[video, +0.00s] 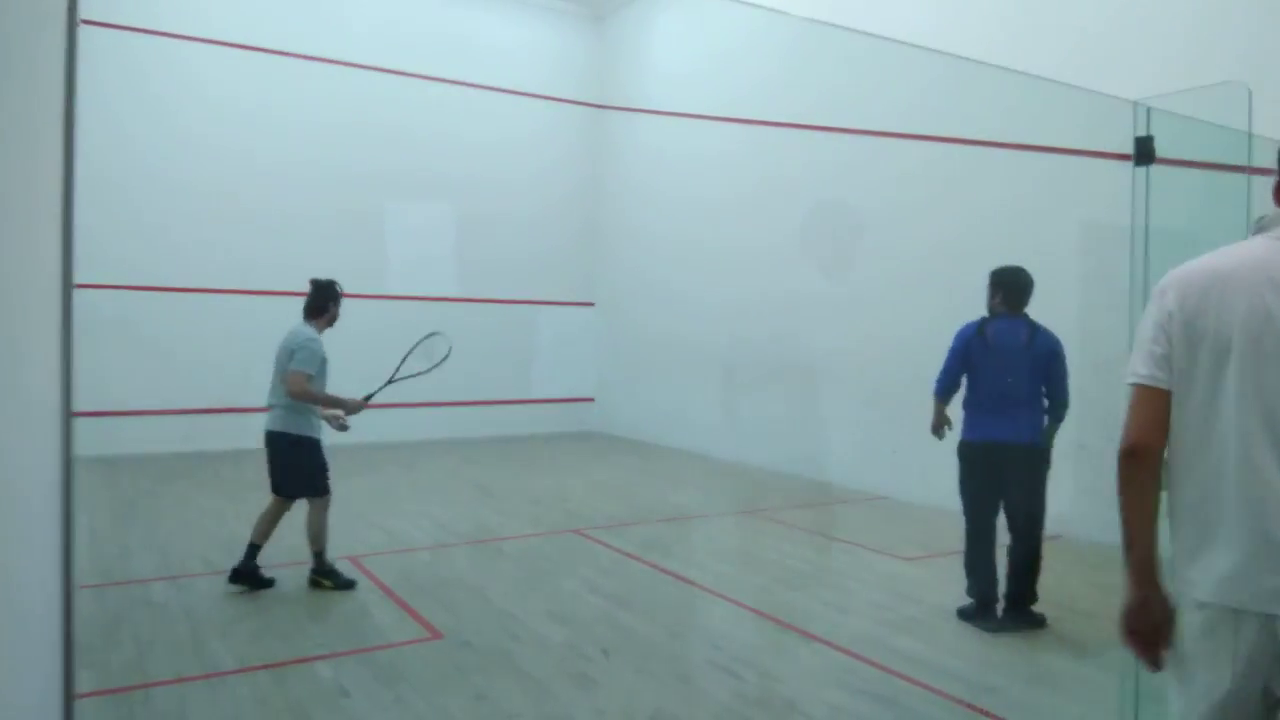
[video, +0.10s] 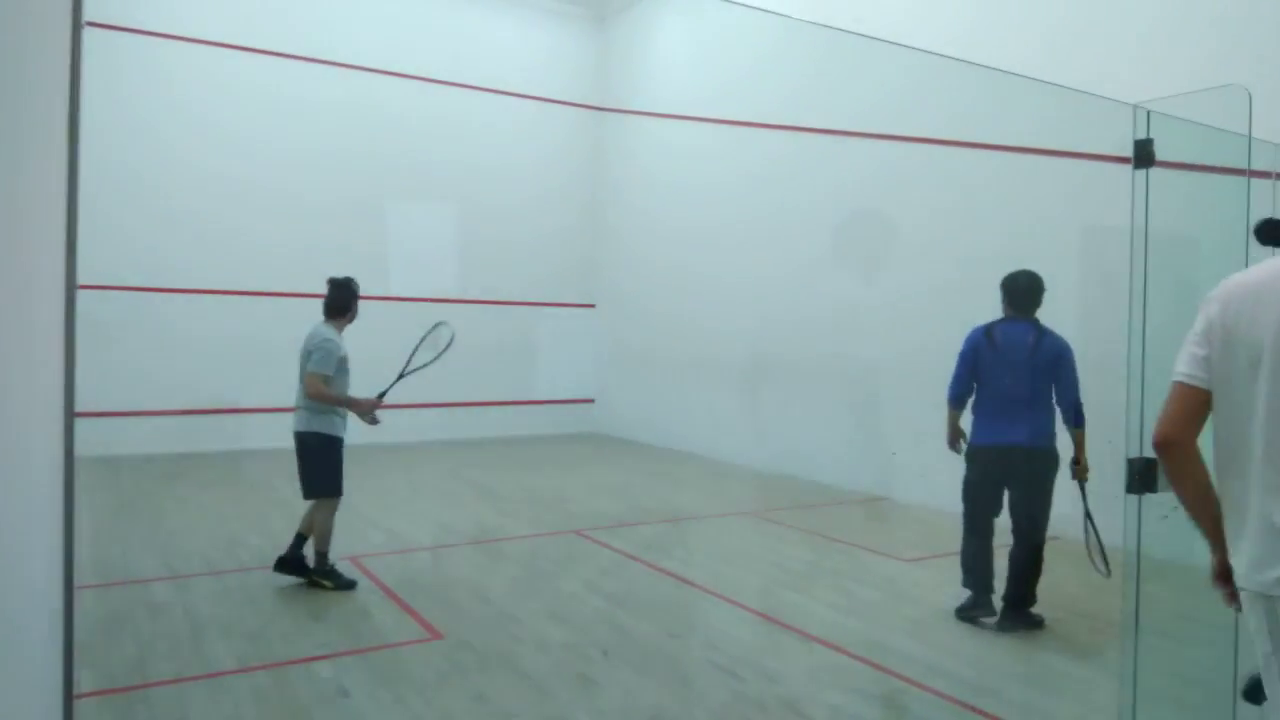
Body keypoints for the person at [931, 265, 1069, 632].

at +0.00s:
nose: (988, 299)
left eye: (990, 293)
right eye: (992, 294)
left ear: (995, 296)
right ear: (1026, 298)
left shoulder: (972, 334)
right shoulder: (1045, 341)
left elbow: (948, 377)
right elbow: (1059, 399)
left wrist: (939, 410)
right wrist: (1048, 433)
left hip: (979, 451)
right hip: (1027, 452)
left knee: (979, 527)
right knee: (1026, 532)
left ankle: (982, 602)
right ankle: (1019, 605)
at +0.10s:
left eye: (1005, 297)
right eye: (1033, 297)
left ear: (1003, 299)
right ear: (1038, 301)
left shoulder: (980, 338)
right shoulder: (1055, 346)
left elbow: (959, 390)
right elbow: (1071, 405)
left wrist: (952, 425)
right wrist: (1080, 453)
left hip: (987, 454)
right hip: (1035, 456)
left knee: (977, 527)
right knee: (1029, 534)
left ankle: (978, 599)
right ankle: (1017, 610)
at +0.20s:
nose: (1007, 306)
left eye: (1008, 300)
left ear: (1011, 302)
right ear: (1045, 305)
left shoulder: (986, 339)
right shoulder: (1062, 348)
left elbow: (956, 387)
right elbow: (1079, 405)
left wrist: (950, 431)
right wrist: (1089, 455)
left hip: (989, 454)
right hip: (1037, 458)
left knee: (981, 520)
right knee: (1031, 536)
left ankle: (973, 594)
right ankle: (1016, 612)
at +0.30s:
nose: (1003, 306)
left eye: (1005, 301)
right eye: (1007, 301)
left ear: (1010, 304)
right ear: (1042, 307)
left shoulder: (984, 339)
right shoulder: (1057, 347)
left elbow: (960, 391)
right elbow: (1072, 404)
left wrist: (957, 429)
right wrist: (1073, 449)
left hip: (987, 453)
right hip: (1033, 457)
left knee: (981, 524)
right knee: (1029, 535)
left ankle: (980, 595)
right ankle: (1015, 612)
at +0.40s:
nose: (994, 303)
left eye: (997, 298)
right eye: (998, 298)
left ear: (1002, 302)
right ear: (1032, 305)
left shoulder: (977, 337)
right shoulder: (1048, 344)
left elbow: (953, 388)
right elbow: (1062, 401)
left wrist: (960, 424)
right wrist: (1057, 442)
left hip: (981, 451)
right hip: (1026, 453)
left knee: (978, 523)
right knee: (1025, 531)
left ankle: (981, 595)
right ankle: (1014, 610)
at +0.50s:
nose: (991, 303)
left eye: (993, 298)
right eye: (994, 298)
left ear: (999, 301)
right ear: (1029, 304)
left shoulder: (974, 337)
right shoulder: (1045, 343)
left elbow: (950, 384)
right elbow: (1058, 398)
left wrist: (950, 423)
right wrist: (1051, 436)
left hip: (978, 450)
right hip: (1023, 452)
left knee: (975, 522)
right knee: (1023, 530)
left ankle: (981, 593)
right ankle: (1013, 609)